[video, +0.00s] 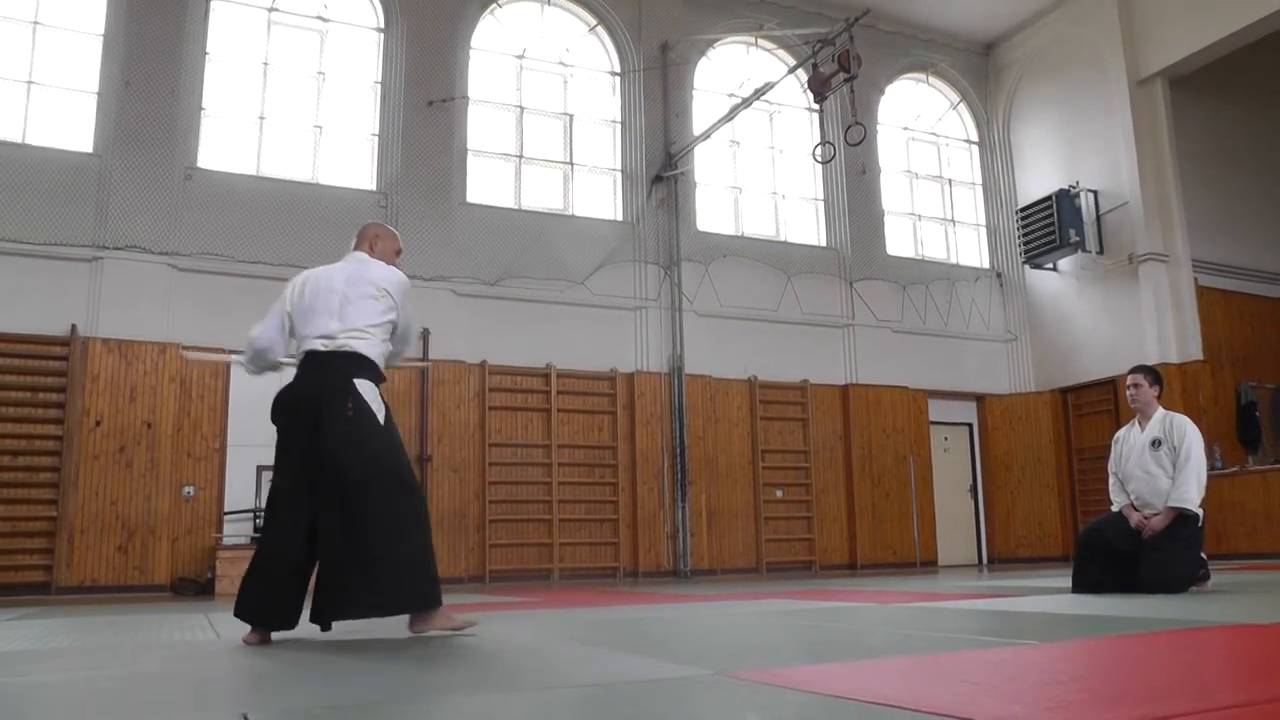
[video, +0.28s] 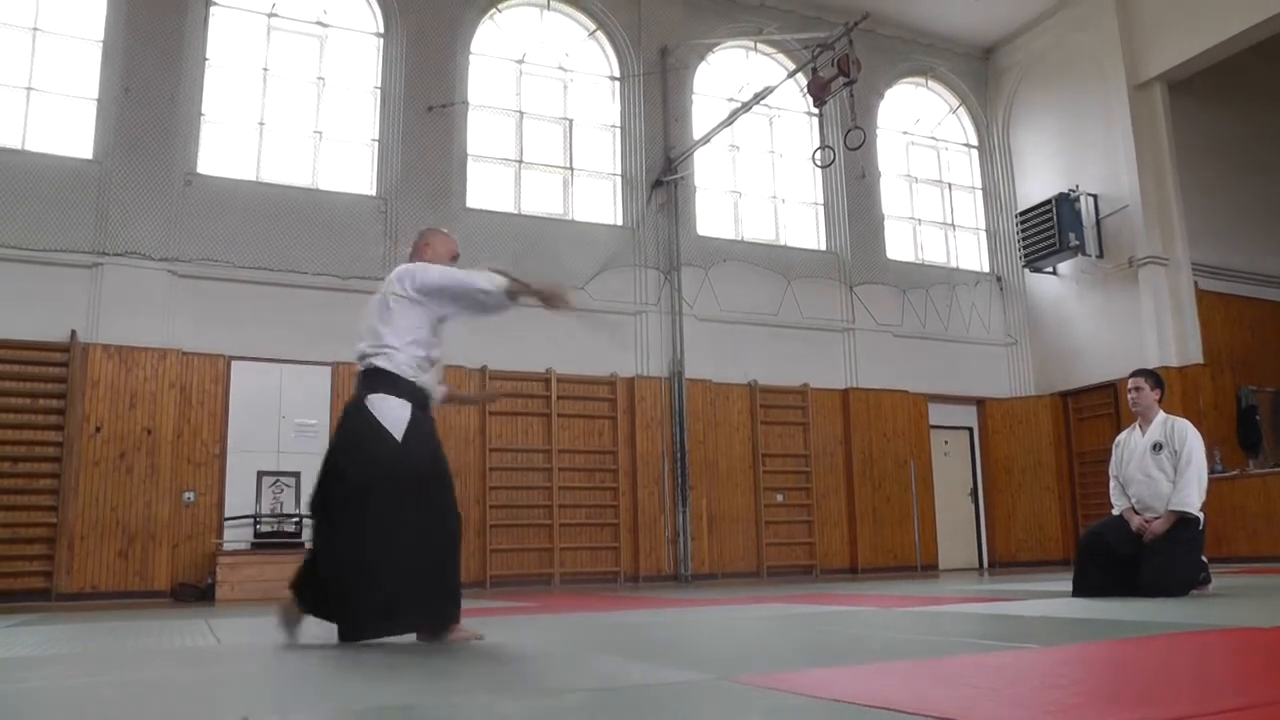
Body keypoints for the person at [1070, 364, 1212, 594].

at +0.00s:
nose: (1130, 392)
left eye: (1136, 386)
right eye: (1128, 388)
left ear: (1155, 390)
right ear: (1125, 393)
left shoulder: (1179, 426)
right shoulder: (1121, 437)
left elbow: (1191, 478)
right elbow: (1114, 482)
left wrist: (1164, 518)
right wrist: (1130, 513)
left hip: (1177, 519)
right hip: (1133, 519)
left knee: (1158, 583)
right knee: (1092, 539)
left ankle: (1197, 566)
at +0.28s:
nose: (1131, 396)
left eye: (1137, 389)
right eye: (1129, 391)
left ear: (1156, 394)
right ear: (1126, 397)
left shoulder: (1180, 430)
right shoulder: (1122, 441)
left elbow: (1191, 482)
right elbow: (1115, 486)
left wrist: (1165, 521)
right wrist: (1131, 517)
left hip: (1177, 522)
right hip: (1133, 522)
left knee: (1157, 586)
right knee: (1093, 542)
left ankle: (1198, 570)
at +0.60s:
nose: (1133, 398)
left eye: (1140, 392)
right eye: (1131, 394)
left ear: (1158, 396)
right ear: (1128, 400)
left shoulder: (1182, 433)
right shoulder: (1123, 443)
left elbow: (1193, 484)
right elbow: (1115, 488)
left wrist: (1166, 524)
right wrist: (1132, 520)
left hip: (1178, 525)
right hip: (1134, 525)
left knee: (1157, 589)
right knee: (1093, 544)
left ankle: (1198, 573)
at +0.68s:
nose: (1134, 399)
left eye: (1140, 393)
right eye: (1131, 395)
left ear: (1159, 397)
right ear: (1128, 401)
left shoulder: (1182, 434)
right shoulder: (1123, 444)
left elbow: (1193, 484)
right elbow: (1115, 489)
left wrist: (1166, 524)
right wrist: (1132, 521)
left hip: (1178, 526)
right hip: (1134, 526)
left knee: (1159, 590)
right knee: (1093, 545)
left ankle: (1198, 574)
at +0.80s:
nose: (1135, 400)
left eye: (1141, 394)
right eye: (1132, 395)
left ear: (1160, 399)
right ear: (1129, 401)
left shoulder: (1183, 435)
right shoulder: (1123, 446)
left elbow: (1194, 486)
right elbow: (1116, 490)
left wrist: (1166, 526)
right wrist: (1132, 522)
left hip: (1178, 528)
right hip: (1134, 527)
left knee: (1158, 592)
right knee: (1093, 547)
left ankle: (1198, 575)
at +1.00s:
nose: (1136, 402)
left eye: (1143, 396)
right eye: (1134, 398)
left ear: (1161, 402)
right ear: (1131, 404)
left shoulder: (1184, 438)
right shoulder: (1124, 447)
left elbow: (1194, 489)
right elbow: (1116, 492)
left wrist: (1166, 529)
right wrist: (1132, 525)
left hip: (1178, 530)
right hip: (1134, 530)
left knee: (1158, 594)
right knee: (1093, 550)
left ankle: (1198, 577)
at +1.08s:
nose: (1137, 403)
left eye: (1143, 397)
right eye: (1134, 399)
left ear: (1161, 403)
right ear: (1131, 404)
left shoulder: (1184, 439)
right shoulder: (1124, 448)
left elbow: (1194, 491)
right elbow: (1116, 493)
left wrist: (1166, 530)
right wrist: (1132, 526)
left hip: (1179, 531)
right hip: (1134, 531)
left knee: (1157, 595)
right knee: (1094, 550)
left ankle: (1198, 579)